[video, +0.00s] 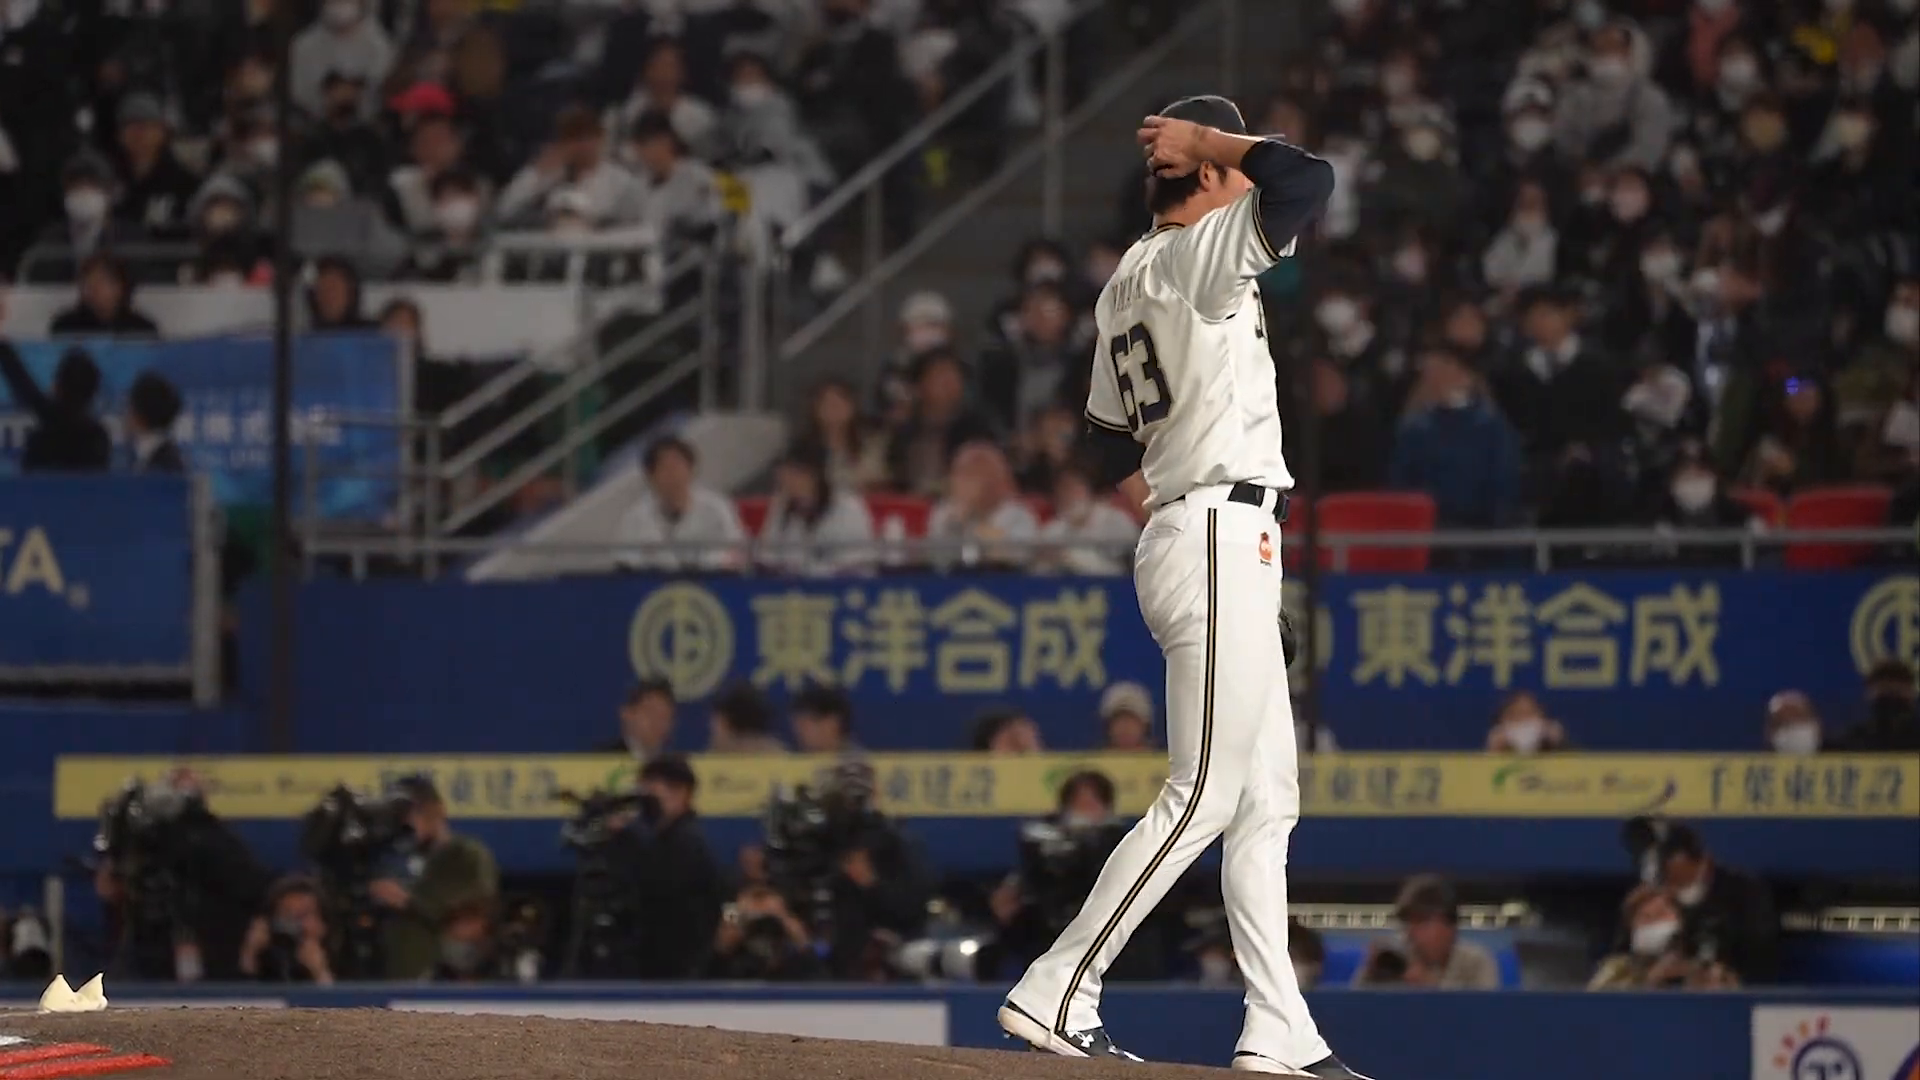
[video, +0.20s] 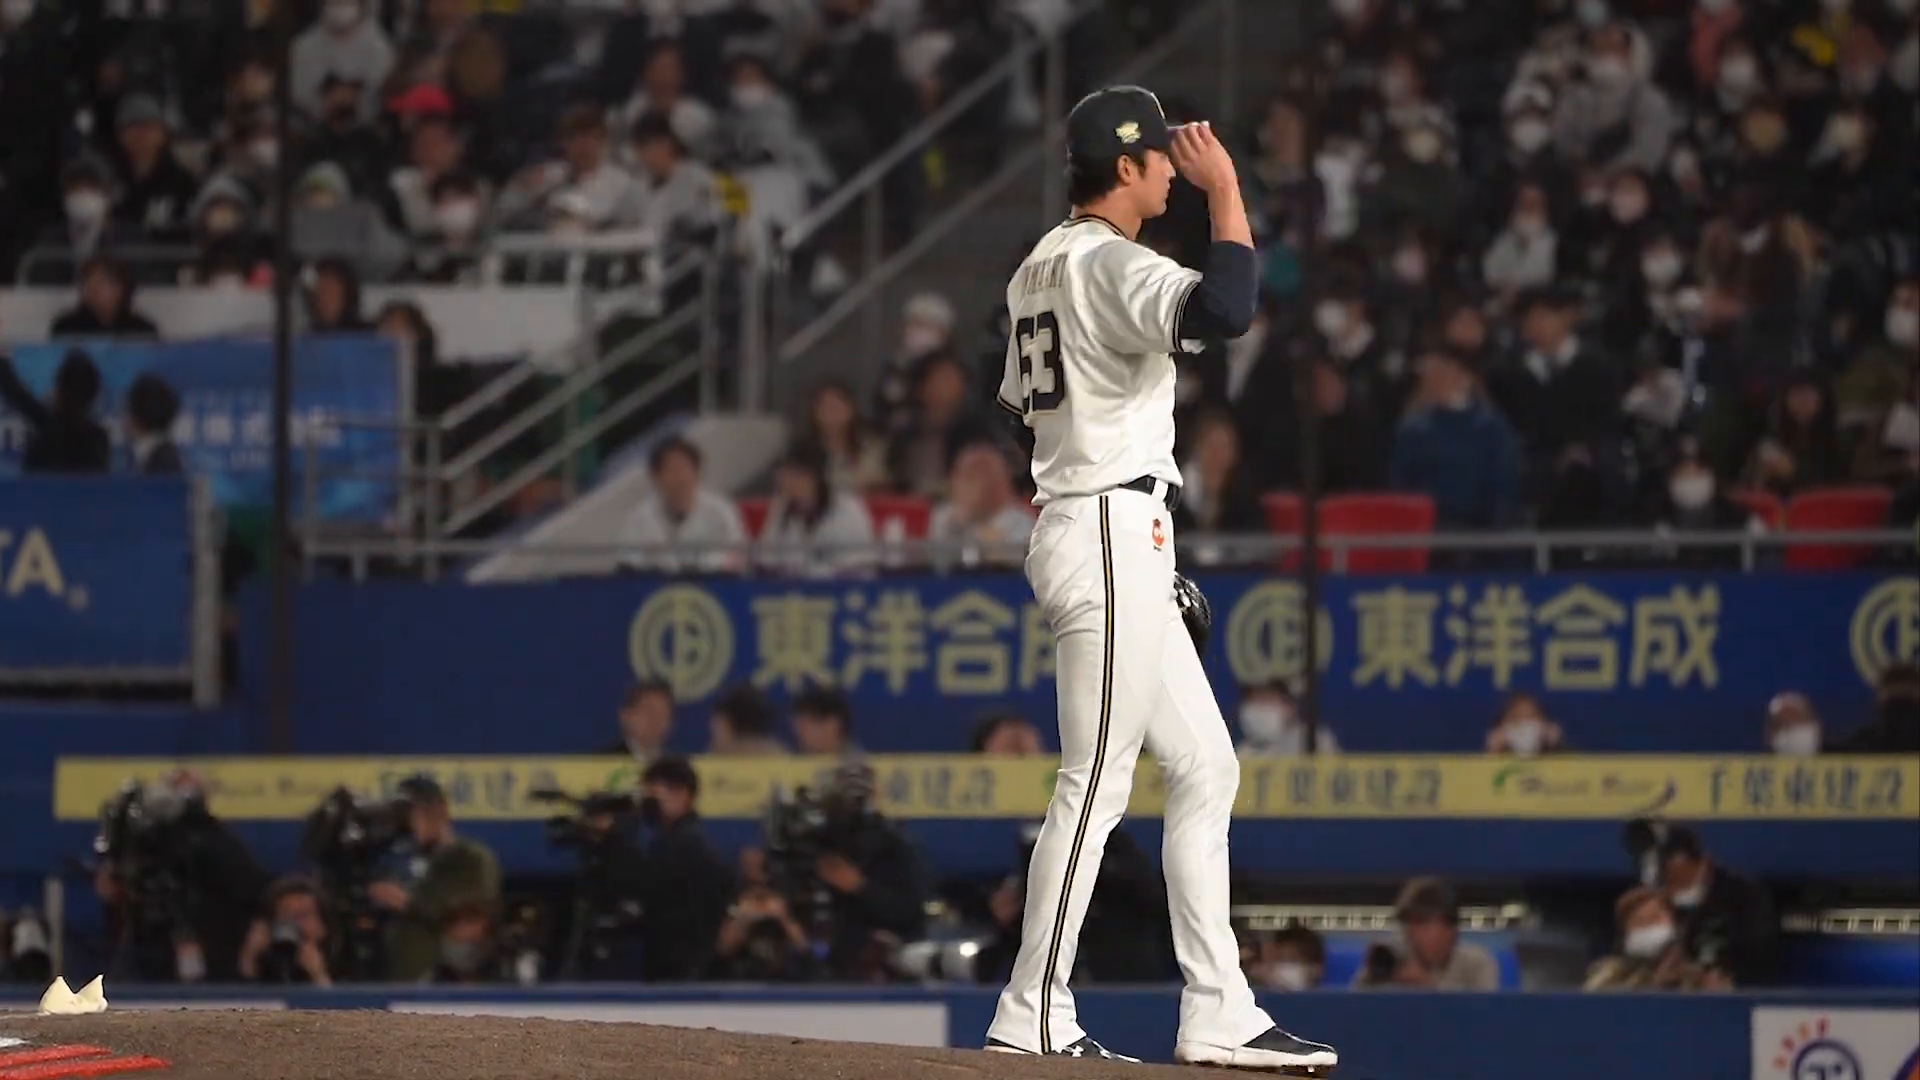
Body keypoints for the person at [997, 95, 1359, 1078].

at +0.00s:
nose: (1239, 172)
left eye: (1234, 156)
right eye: (1230, 154)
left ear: (1166, 183)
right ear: (1195, 174)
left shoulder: (1119, 287)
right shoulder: (1198, 251)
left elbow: (1108, 437)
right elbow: (1306, 177)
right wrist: (1207, 146)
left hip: (1196, 538)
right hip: (1219, 537)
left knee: (1268, 798)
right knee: (1204, 792)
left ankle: (1280, 1035)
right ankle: (1054, 995)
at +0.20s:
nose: (1173, 173)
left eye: (1169, 157)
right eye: (1164, 158)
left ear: (1093, 169)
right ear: (1129, 164)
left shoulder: (1037, 265)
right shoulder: (1104, 258)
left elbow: (1040, 432)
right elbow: (1224, 309)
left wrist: (1152, 562)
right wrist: (1222, 190)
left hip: (1095, 528)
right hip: (1110, 529)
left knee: (1204, 770)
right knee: (1095, 784)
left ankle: (1219, 1015)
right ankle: (1031, 1018)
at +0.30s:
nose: (1125, 159)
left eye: (1120, 144)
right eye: (1115, 143)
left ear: (1050, 158)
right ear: (1079, 154)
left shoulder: (996, 256)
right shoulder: (1064, 248)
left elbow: (988, 408)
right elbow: (1130, 378)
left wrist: (1110, 562)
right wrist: (1262, 309)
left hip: (1055, 526)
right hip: (1070, 528)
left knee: (1167, 757)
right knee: (1071, 773)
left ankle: (1101, 988)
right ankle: (1032, 1014)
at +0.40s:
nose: (1073, 159)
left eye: (1067, 142)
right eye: (1063, 143)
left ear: (1002, 159)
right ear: (1029, 154)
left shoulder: (944, 262)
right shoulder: (1022, 255)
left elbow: (943, 417)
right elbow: (1044, 402)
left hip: (987, 520)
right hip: (1032, 521)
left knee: (1102, 759)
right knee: (1050, 772)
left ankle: (959, 946)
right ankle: (1028, 1011)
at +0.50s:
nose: (1029, 163)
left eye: (1025, 147)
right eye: (1020, 148)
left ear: (957, 159)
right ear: (986, 155)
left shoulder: (906, 262)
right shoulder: (974, 260)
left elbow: (897, 417)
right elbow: (956, 419)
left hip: (964, 534)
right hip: (1008, 535)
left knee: (1001, 775)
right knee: (1030, 776)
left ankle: (835, 936)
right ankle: (1029, 1006)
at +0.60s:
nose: (982, 178)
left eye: (982, 164)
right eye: (973, 162)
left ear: (945, 161)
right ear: (938, 158)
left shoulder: (922, 257)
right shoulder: (910, 260)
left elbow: (939, 391)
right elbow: (873, 392)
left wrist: (982, 451)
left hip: (936, 518)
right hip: (929, 521)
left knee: (909, 765)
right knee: (996, 744)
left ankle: (749, 961)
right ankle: (1026, 988)